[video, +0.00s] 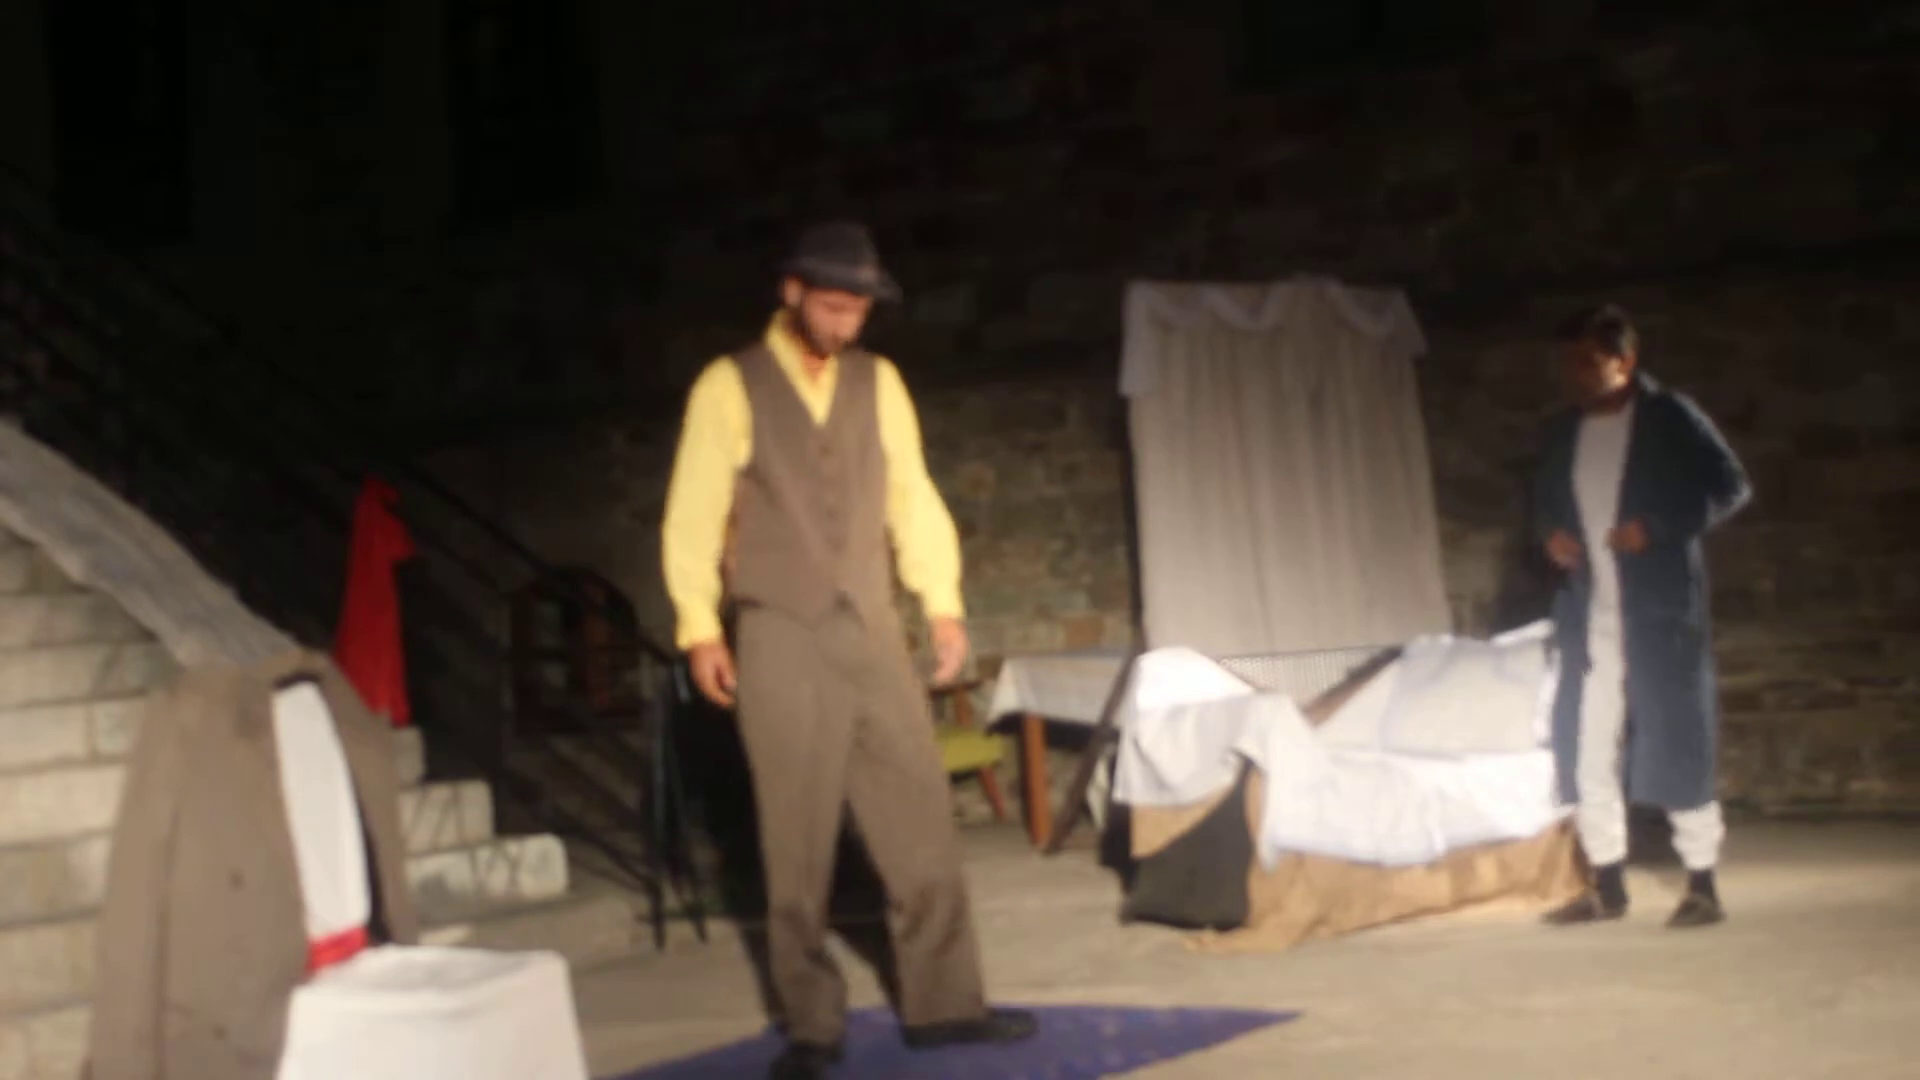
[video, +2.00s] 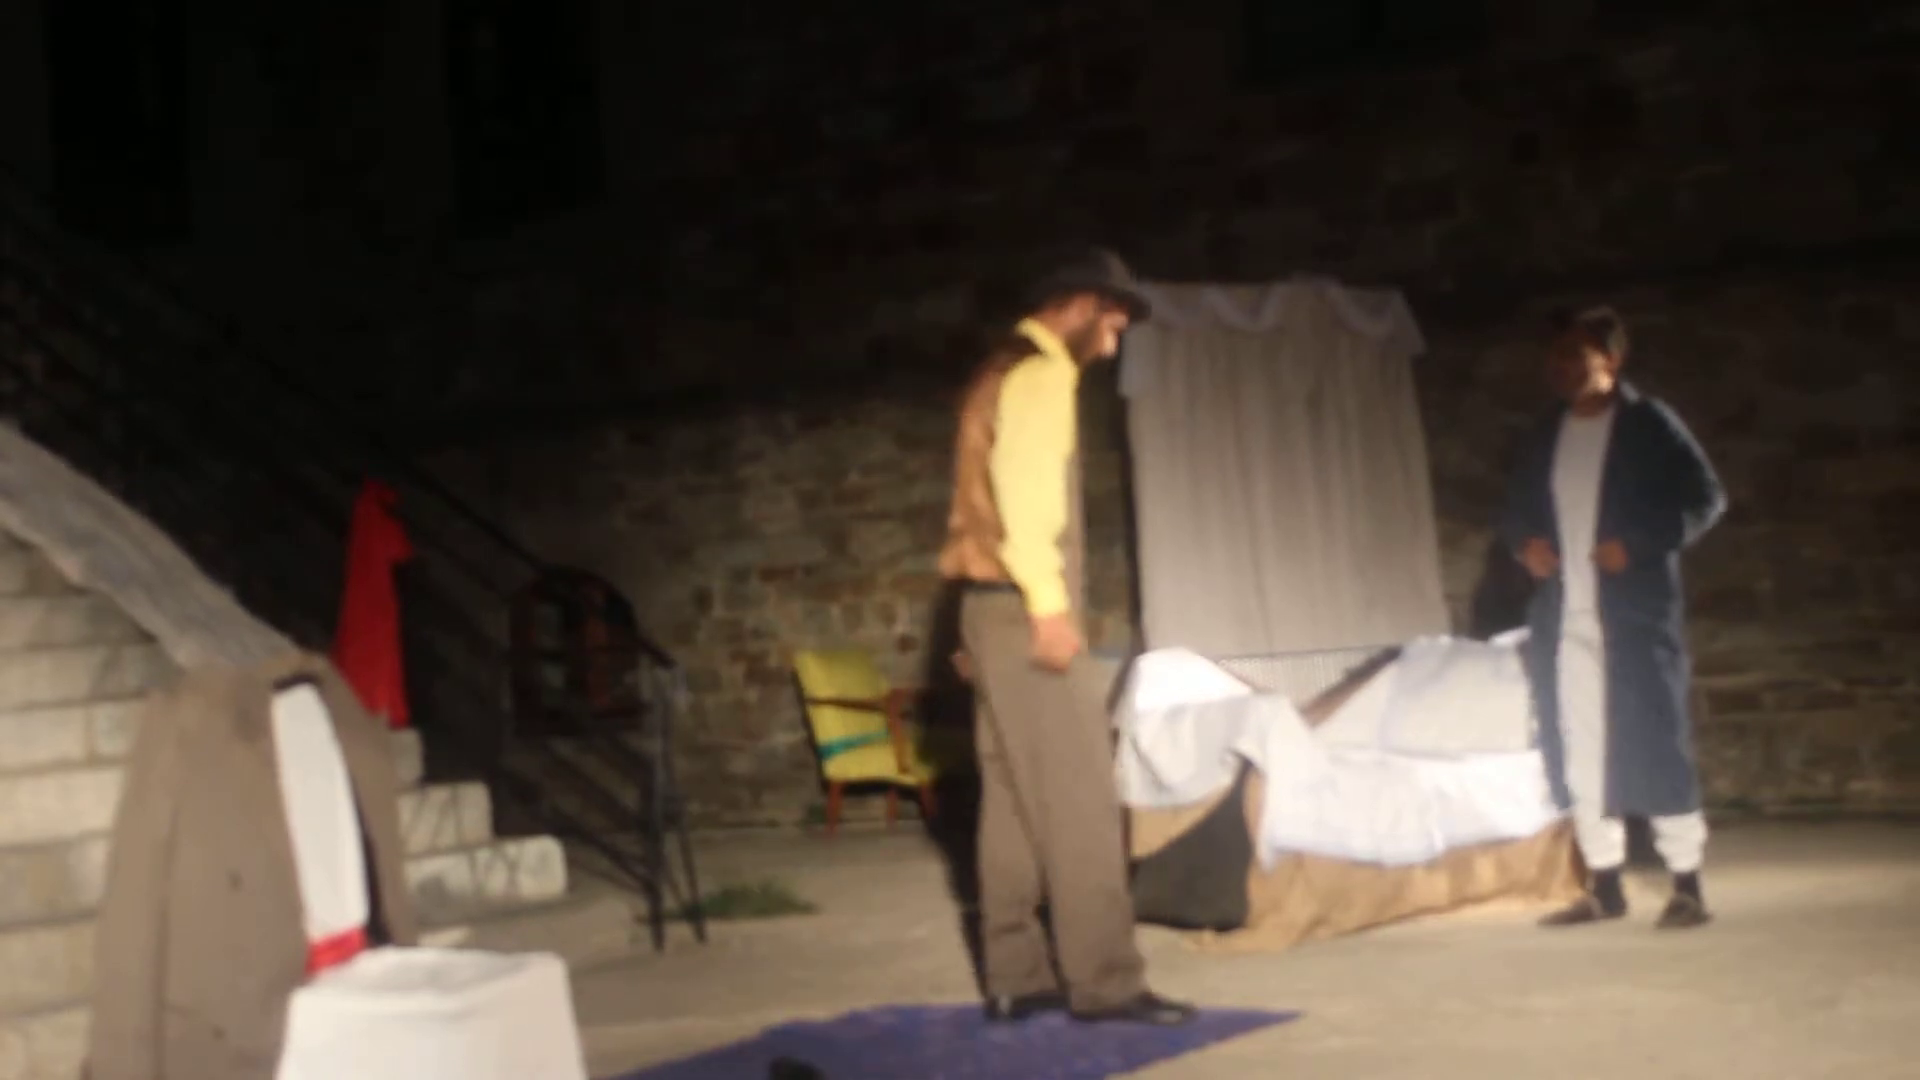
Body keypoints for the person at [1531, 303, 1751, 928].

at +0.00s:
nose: (1582, 373)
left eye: (1594, 361)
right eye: (1575, 362)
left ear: (1625, 361)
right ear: (1565, 366)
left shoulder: (1668, 415)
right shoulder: (1559, 431)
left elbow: (1729, 487)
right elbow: (1542, 500)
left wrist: (1657, 527)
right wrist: (1552, 535)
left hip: (1663, 615)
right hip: (1591, 617)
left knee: (1678, 736)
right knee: (1585, 741)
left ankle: (1702, 883)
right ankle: (1606, 883)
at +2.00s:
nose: (1572, 370)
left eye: (1583, 358)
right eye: (1565, 358)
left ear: (1612, 360)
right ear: (1555, 365)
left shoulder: (1649, 422)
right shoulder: (1539, 435)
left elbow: (1705, 500)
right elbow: (1514, 508)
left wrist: (1635, 546)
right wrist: (1526, 541)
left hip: (1638, 618)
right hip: (1566, 619)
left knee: (1658, 740)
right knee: (1579, 743)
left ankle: (1686, 886)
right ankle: (1604, 887)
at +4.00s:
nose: (1565, 414)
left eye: (1574, 400)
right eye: (1553, 403)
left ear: (1598, 385)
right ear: (1537, 400)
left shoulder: (1640, 427)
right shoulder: (1526, 446)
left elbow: (1700, 499)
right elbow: (1504, 516)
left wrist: (1669, 573)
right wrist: (1505, 570)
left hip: (1634, 628)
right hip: (1561, 634)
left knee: (1655, 754)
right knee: (1578, 761)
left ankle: (1681, 886)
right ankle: (1597, 890)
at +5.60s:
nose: (1514, 396)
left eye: (1526, 382)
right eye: (1505, 382)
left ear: (1552, 374)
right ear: (1489, 376)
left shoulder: (1588, 428)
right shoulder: (1463, 434)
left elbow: (1631, 502)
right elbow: (1431, 512)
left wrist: (1585, 560)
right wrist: (1476, 558)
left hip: (1575, 617)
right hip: (1494, 619)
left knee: (1596, 738)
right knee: (1501, 743)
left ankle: (1625, 888)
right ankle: (1518, 893)